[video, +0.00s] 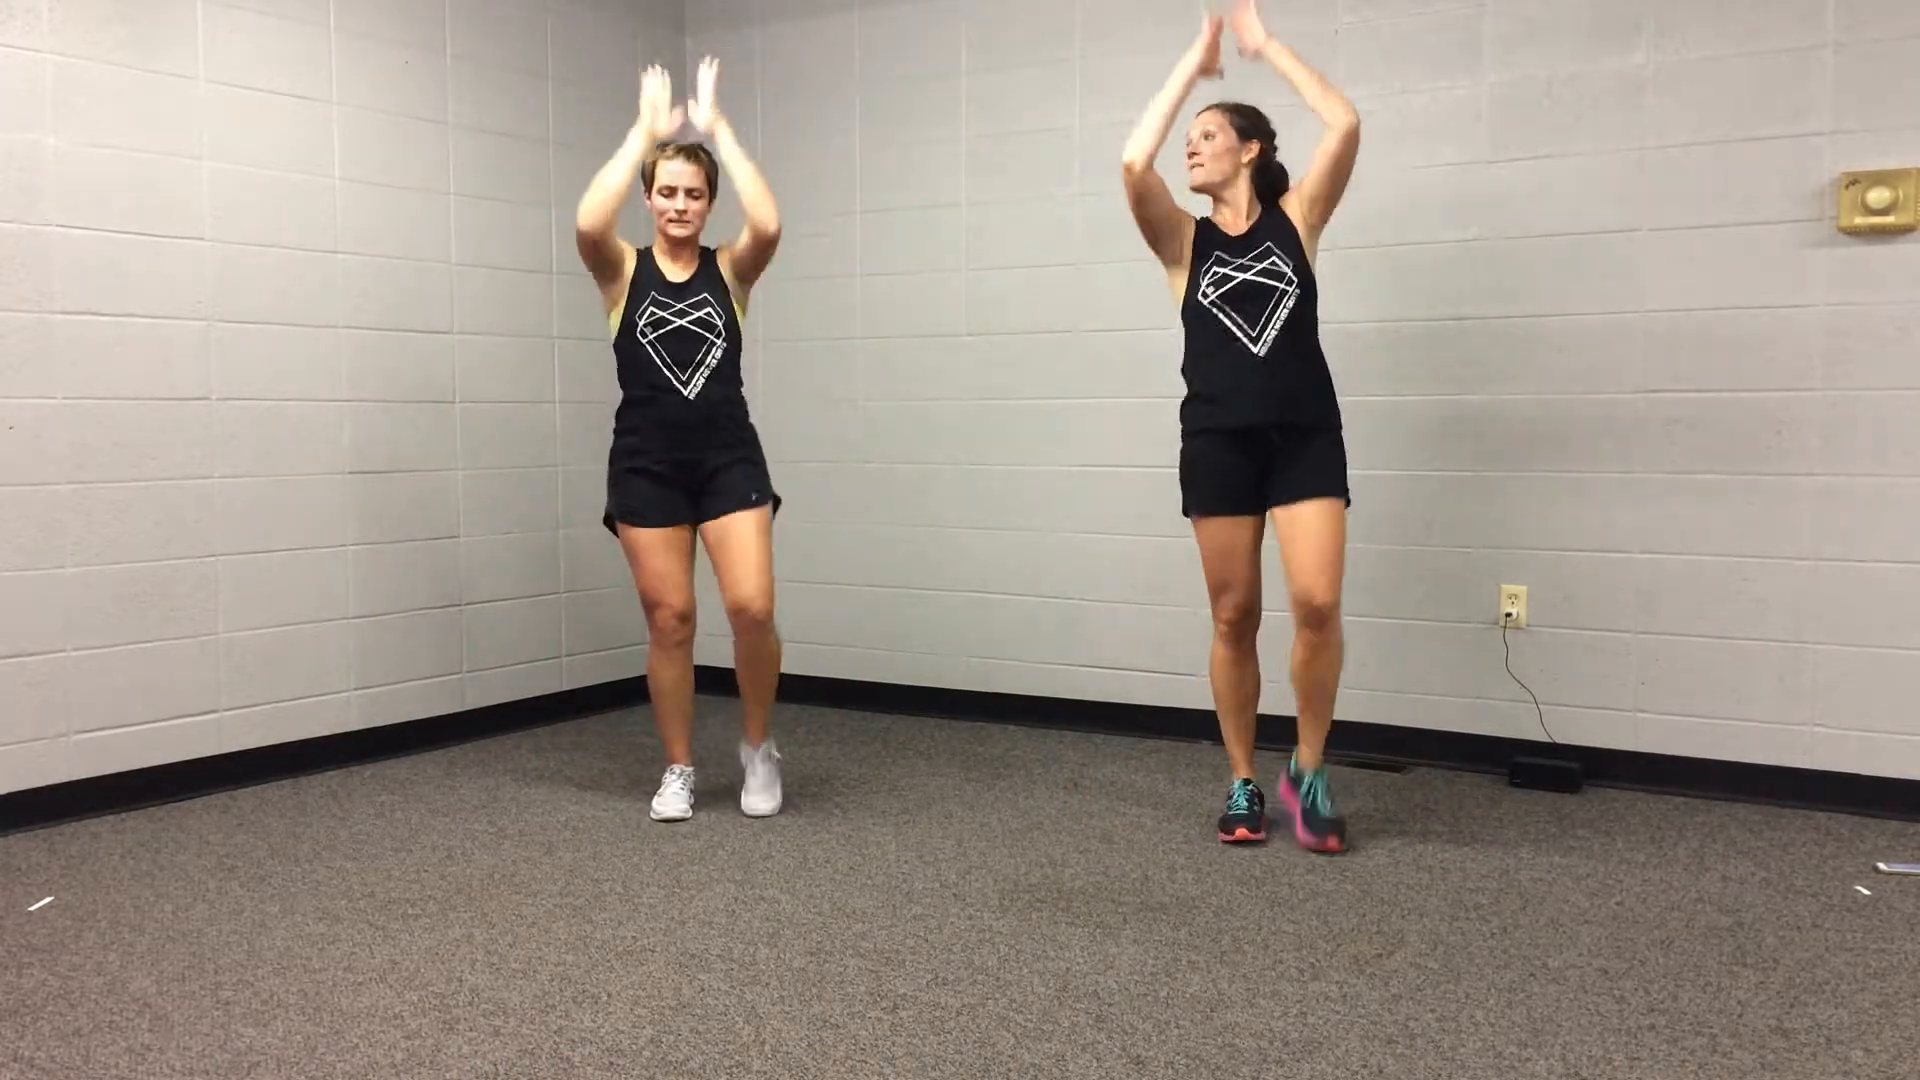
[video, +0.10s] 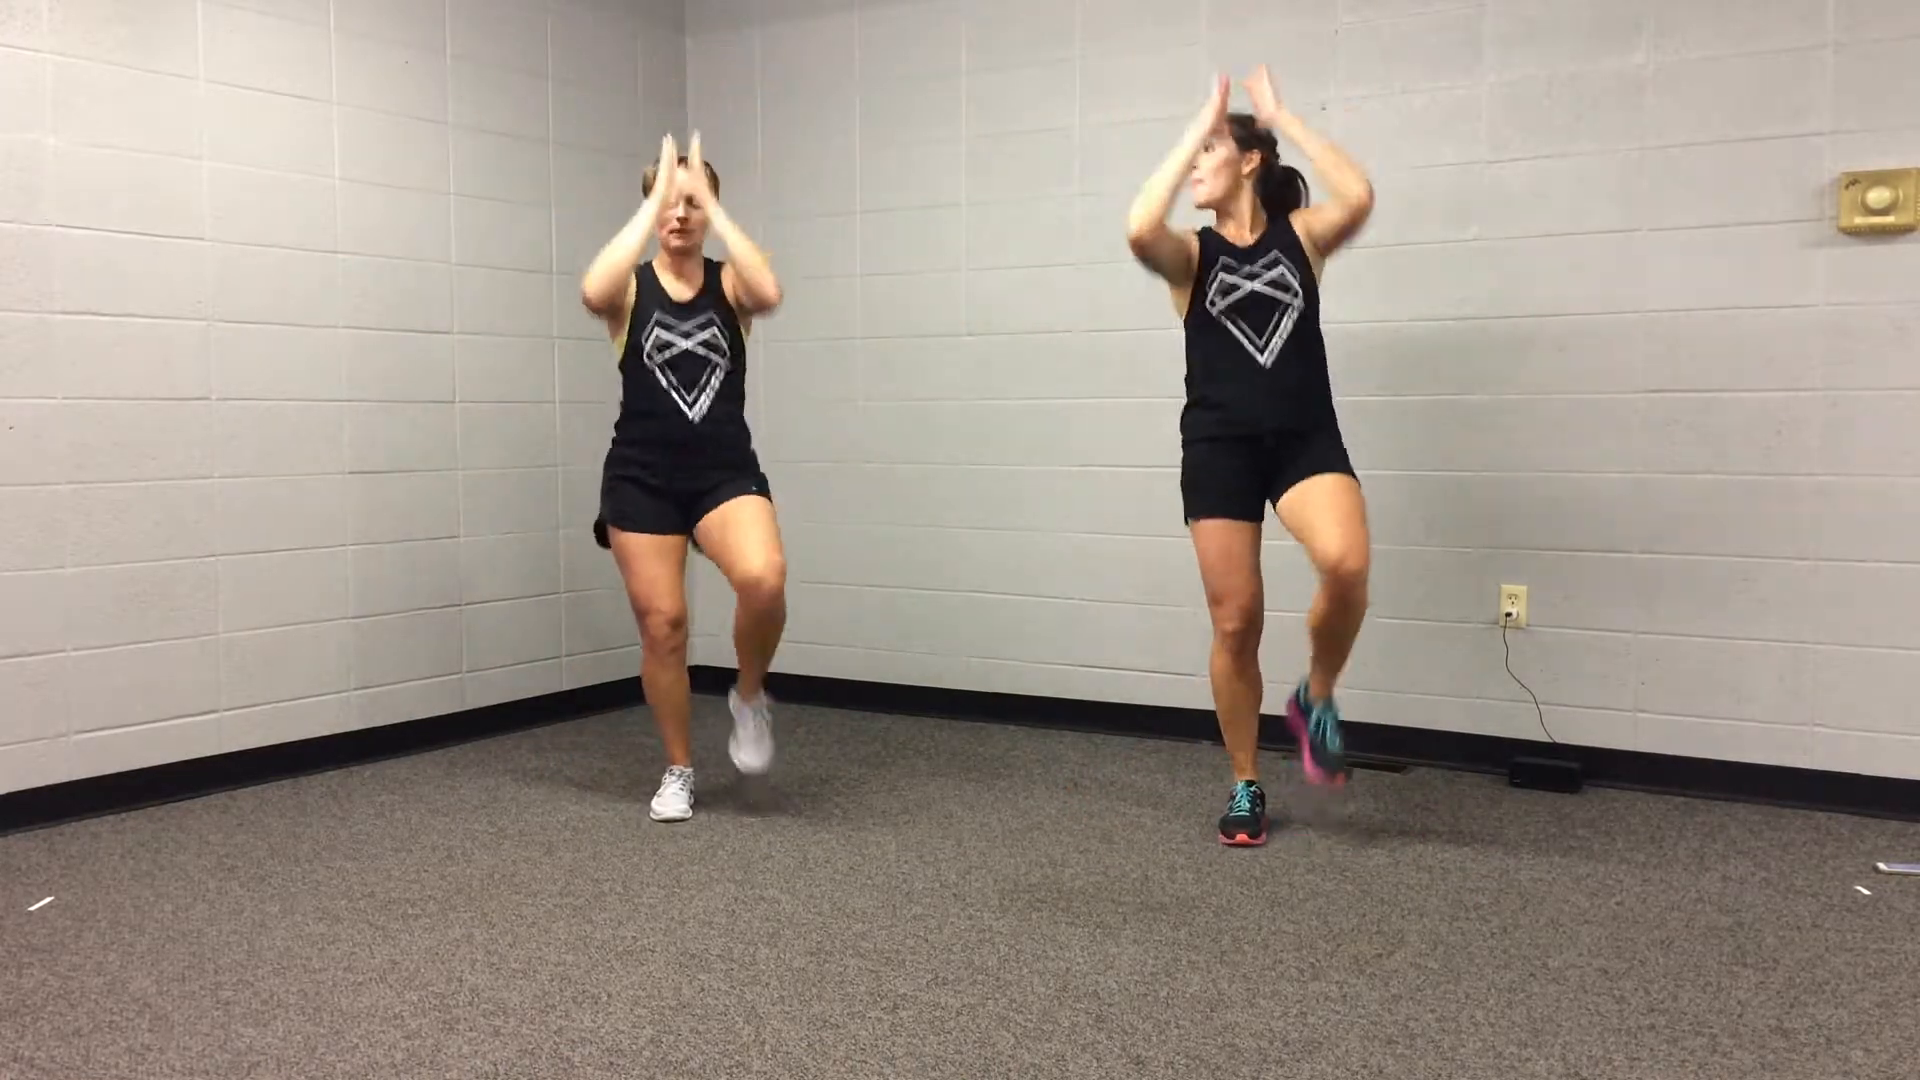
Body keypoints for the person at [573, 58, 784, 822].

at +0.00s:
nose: (680, 203)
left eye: (694, 193)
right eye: (668, 191)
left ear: (710, 202)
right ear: (649, 198)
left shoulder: (731, 270)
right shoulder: (620, 270)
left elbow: (766, 227)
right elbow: (590, 226)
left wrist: (716, 128)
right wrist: (645, 132)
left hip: (729, 458)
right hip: (646, 464)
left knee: (753, 608)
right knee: (668, 619)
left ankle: (758, 749)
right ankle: (678, 767)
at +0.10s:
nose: (680, 212)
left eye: (693, 201)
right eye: (669, 199)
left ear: (713, 214)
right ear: (651, 212)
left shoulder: (731, 279)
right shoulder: (628, 280)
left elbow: (767, 294)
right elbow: (595, 291)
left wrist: (716, 212)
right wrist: (650, 207)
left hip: (724, 470)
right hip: (642, 475)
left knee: (764, 579)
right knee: (662, 623)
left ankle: (749, 698)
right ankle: (677, 768)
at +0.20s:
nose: (685, 205)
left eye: (697, 195)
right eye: (673, 194)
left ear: (714, 209)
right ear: (653, 206)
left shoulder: (743, 279)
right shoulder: (622, 286)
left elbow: (799, 328)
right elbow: (587, 343)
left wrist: (715, 273)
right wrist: (659, 275)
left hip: (725, 474)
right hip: (643, 478)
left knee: (765, 577)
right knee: (664, 623)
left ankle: (735, 687)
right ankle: (677, 770)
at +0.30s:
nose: (691, 180)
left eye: (702, 171)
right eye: (678, 170)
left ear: (719, 190)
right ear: (656, 189)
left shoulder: (749, 262)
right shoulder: (622, 272)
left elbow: (818, 338)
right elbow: (575, 365)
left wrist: (732, 327)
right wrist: (658, 340)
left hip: (733, 460)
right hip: (650, 465)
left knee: (753, 602)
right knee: (672, 615)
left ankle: (731, 741)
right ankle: (679, 767)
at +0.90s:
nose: (715, 170)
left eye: (727, 165)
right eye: (701, 167)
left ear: (747, 193)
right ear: (683, 197)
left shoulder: (785, 266)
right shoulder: (653, 273)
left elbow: (807, 363)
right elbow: (624, 370)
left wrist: (780, 420)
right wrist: (653, 425)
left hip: (750, 462)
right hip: (667, 462)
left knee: (735, 623)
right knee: (673, 618)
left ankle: (727, 766)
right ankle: (651, 762)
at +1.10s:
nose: (715, 172)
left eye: (727, 168)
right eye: (701, 170)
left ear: (747, 199)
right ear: (683, 201)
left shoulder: (784, 275)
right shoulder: (654, 281)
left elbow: (835, 366)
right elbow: (603, 376)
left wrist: (892, 441)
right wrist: (549, 455)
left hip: (755, 469)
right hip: (672, 465)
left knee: (738, 626)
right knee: (655, 609)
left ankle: (728, 766)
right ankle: (653, 746)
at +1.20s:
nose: (720, 185)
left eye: (730, 180)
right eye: (707, 182)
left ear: (749, 210)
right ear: (687, 212)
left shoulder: (783, 286)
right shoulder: (652, 285)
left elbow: (864, 347)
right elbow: (572, 356)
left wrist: (935, 393)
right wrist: (491, 413)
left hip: (763, 474)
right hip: (681, 471)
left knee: (748, 630)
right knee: (644, 574)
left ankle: (730, 768)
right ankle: (658, 689)